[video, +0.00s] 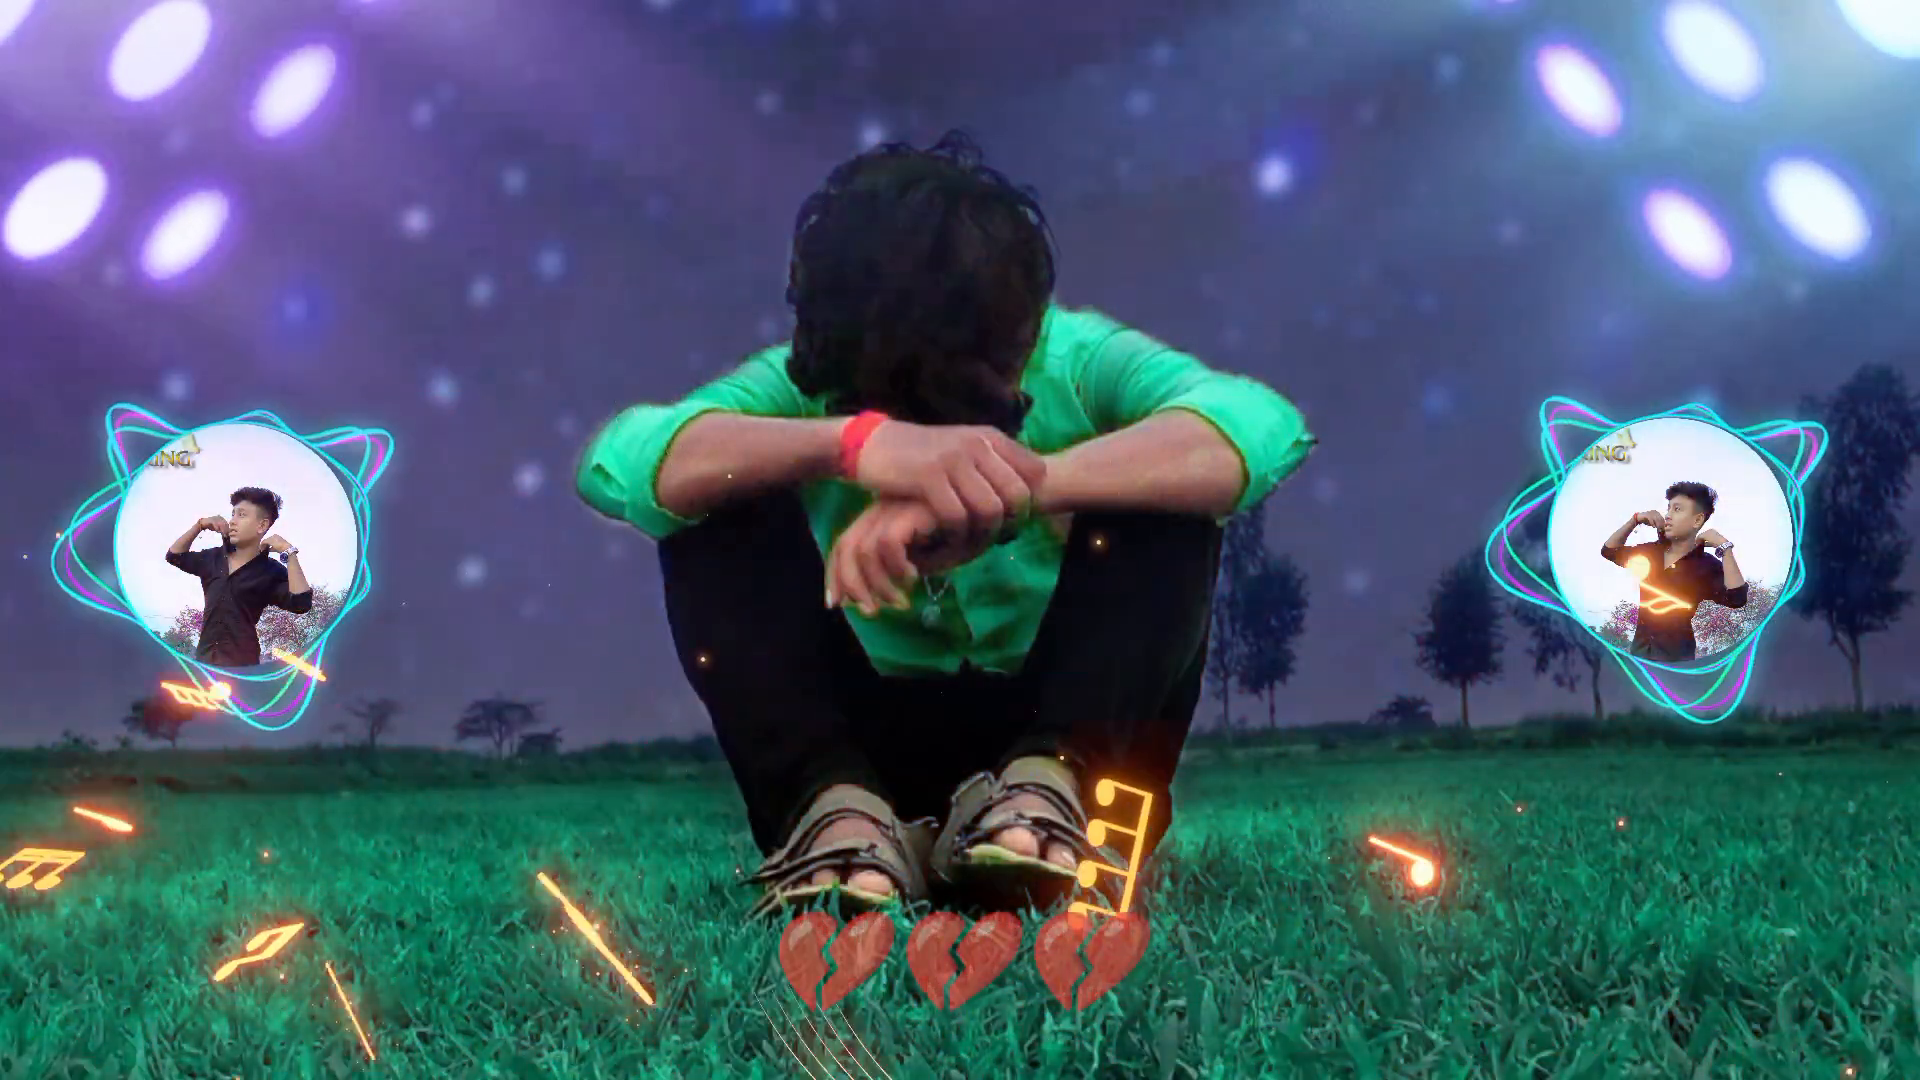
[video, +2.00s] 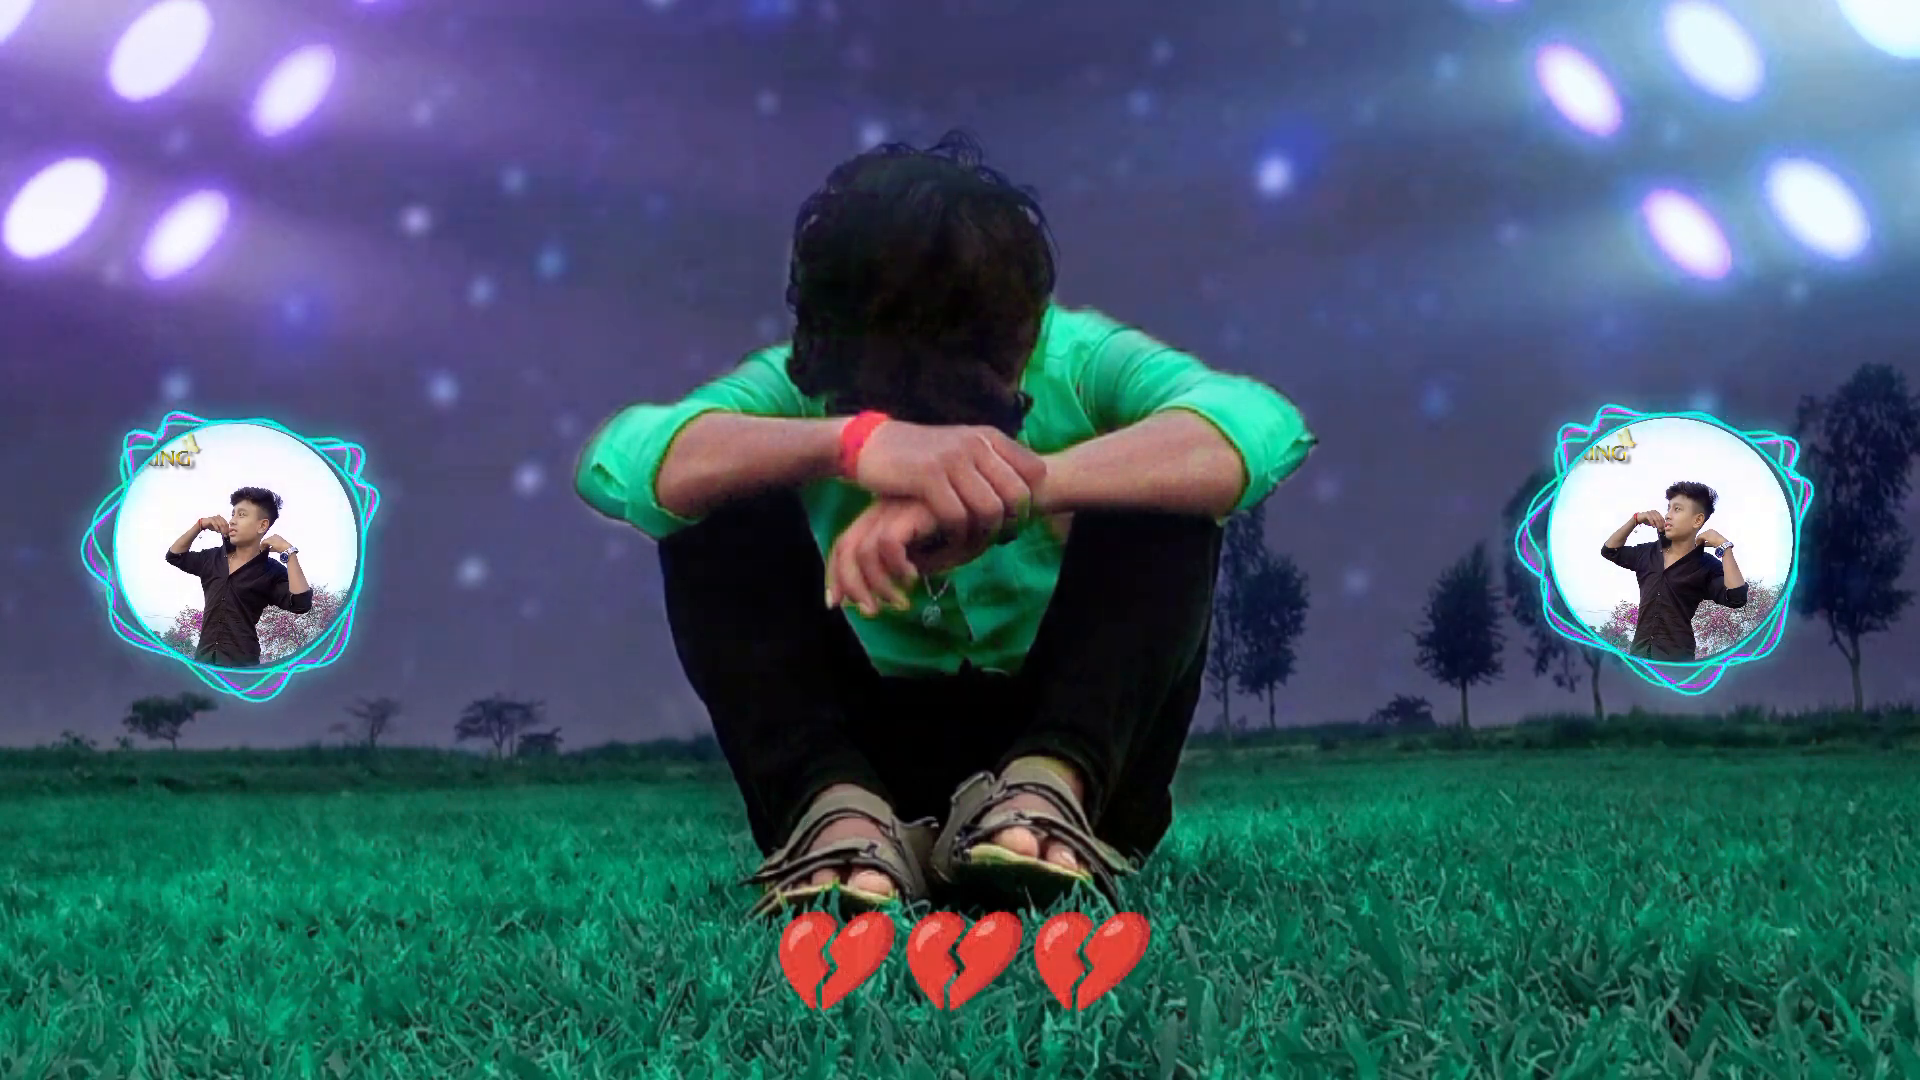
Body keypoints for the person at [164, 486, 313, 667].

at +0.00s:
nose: (232, 521)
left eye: (242, 515)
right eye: (233, 514)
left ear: (263, 525)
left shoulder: (270, 570)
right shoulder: (212, 558)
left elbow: (302, 604)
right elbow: (174, 556)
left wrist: (290, 553)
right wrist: (199, 526)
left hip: (243, 664)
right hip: (204, 660)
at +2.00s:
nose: (232, 521)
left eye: (241, 515)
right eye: (233, 514)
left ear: (263, 525)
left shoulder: (270, 570)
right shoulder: (212, 558)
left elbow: (301, 604)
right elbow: (174, 556)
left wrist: (290, 553)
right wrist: (199, 526)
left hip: (242, 664)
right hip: (204, 660)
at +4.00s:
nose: (232, 520)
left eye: (241, 515)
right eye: (233, 514)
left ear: (263, 525)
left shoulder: (270, 570)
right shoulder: (212, 558)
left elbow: (301, 604)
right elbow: (174, 556)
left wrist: (289, 553)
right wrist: (199, 526)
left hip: (242, 664)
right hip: (204, 660)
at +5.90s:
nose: (232, 521)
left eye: (242, 515)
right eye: (233, 514)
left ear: (263, 525)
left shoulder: (270, 570)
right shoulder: (212, 558)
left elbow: (301, 604)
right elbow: (174, 556)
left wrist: (289, 553)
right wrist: (199, 526)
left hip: (242, 663)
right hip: (203, 658)